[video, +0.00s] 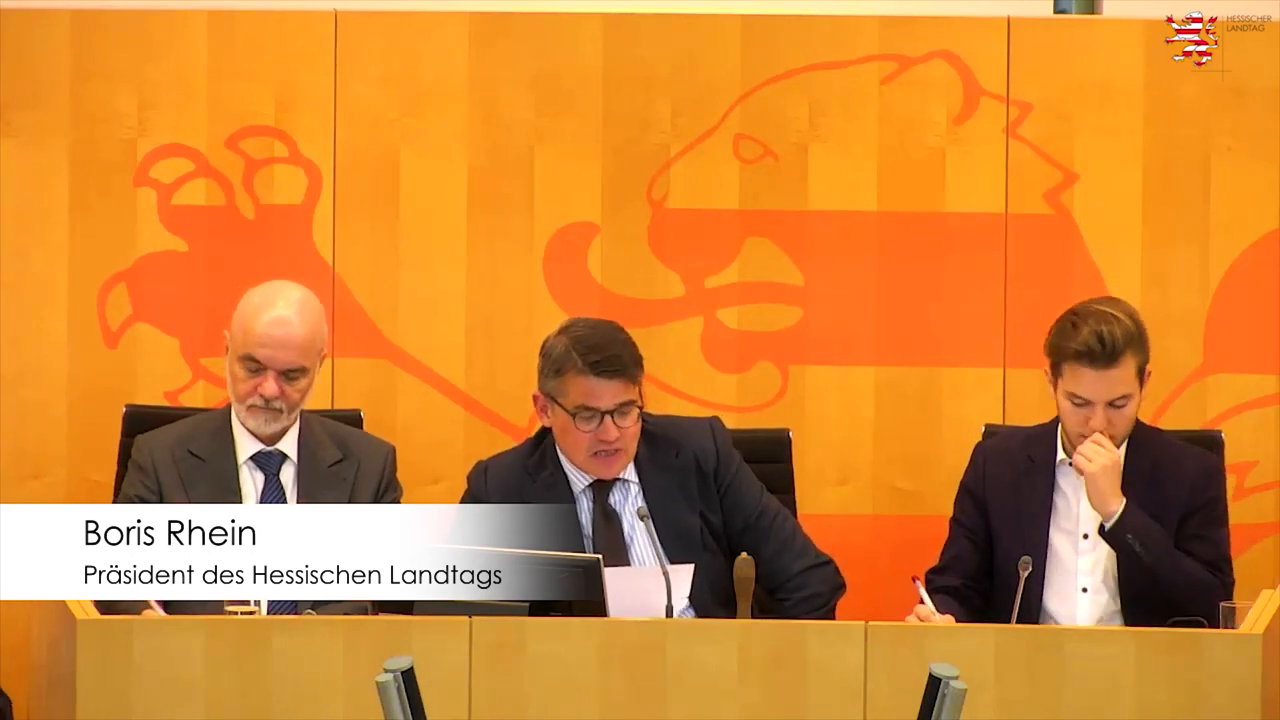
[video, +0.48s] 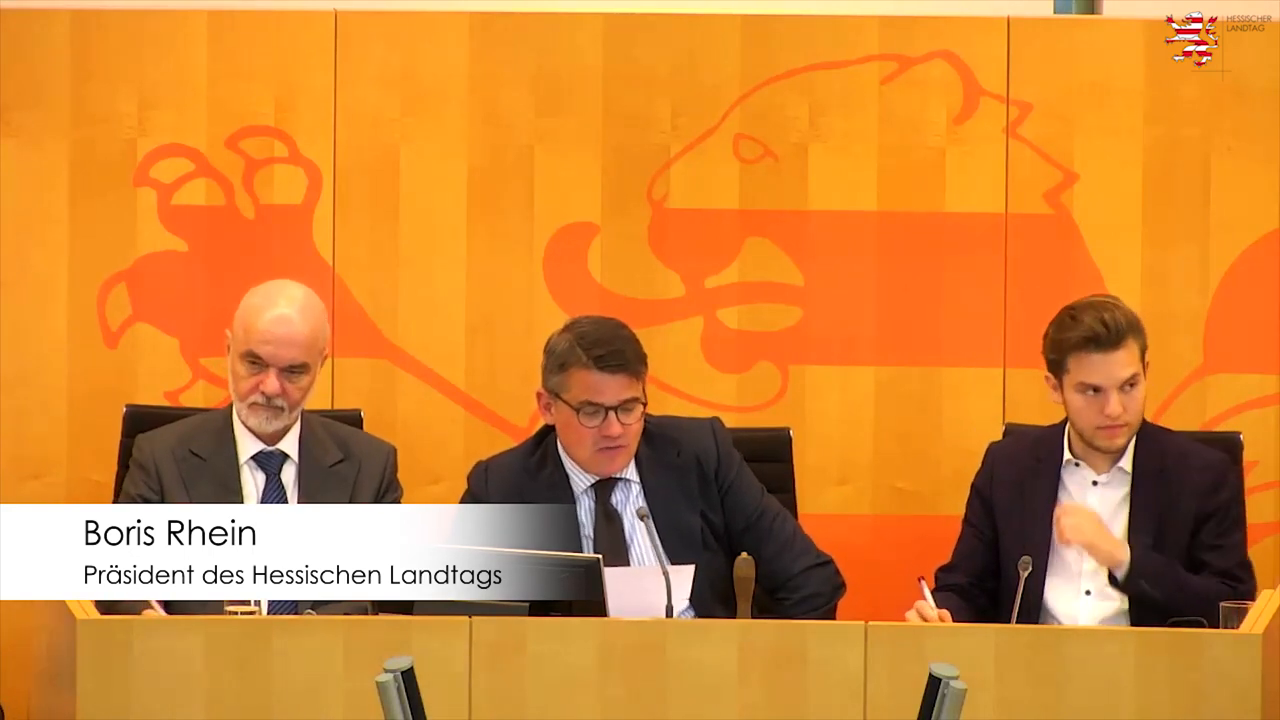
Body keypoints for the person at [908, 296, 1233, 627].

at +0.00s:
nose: (1098, 424)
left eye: (1119, 403)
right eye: (1079, 402)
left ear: (1143, 383)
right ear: (1052, 381)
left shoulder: (1191, 473)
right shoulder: (997, 460)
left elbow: (1211, 609)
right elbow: (955, 585)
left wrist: (1116, 509)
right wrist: (940, 618)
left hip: (1147, 677)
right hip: (1021, 672)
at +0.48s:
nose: (1113, 410)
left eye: (1129, 386)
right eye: (1091, 391)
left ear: (1146, 377)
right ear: (1056, 387)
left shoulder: (1205, 474)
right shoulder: (1008, 463)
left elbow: (1233, 606)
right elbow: (967, 586)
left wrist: (1122, 559)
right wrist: (940, 617)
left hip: (1154, 677)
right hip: (1027, 673)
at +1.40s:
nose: (1075, 387)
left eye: (1098, 371)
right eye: (1062, 368)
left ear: (1137, 378)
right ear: (1047, 370)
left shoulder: (1192, 469)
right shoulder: (997, 460)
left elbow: (1235, 601)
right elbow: (950, 585)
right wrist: (945, 623)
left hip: (1156, 674)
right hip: (1025, 670)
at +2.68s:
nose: (1105, 394)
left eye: (1122, 375)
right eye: (1085, 376)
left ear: (1145, 374)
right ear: (1054, 375)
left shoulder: (1198, 466)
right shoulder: (1001, 458)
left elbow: (1237, 602)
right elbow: (957, 589)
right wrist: (968, 658)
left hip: (1156, 676)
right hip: (1027, 672)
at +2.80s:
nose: (1110, 396)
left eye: (1127, 377)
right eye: (1090, 378)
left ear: (1147, 374)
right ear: (1056, 376)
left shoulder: (1198, 466)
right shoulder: (1001, 458)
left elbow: (1237, 602)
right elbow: (957, 589)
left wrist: (1179, 652)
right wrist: (967, 659)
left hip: (1157, 676)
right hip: (1027, 672)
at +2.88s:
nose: (1112, 397)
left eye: (1128, 378)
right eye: (1091, 378)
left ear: (1147, 374)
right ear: (1056, 376)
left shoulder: (1198, 465)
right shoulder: (1002, 458)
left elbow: (1237, 602)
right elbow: (957, 589)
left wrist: (1182, 654)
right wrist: (968, 659)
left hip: (1157, 677)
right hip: (1027, 673)